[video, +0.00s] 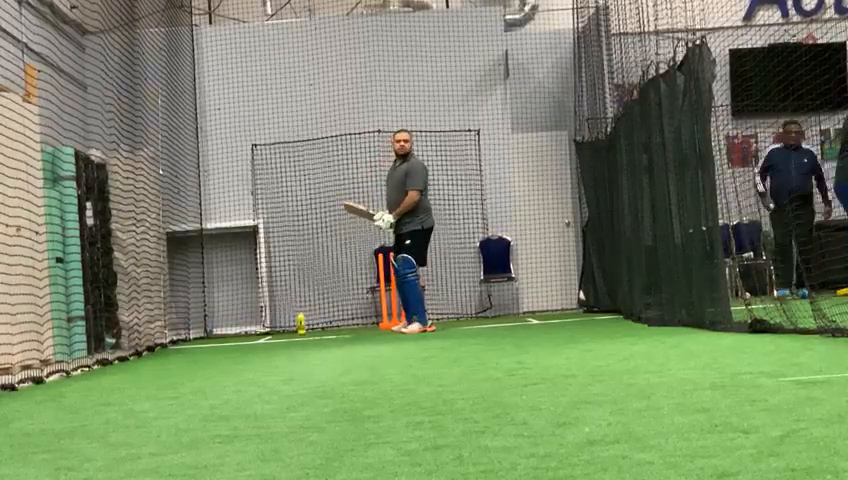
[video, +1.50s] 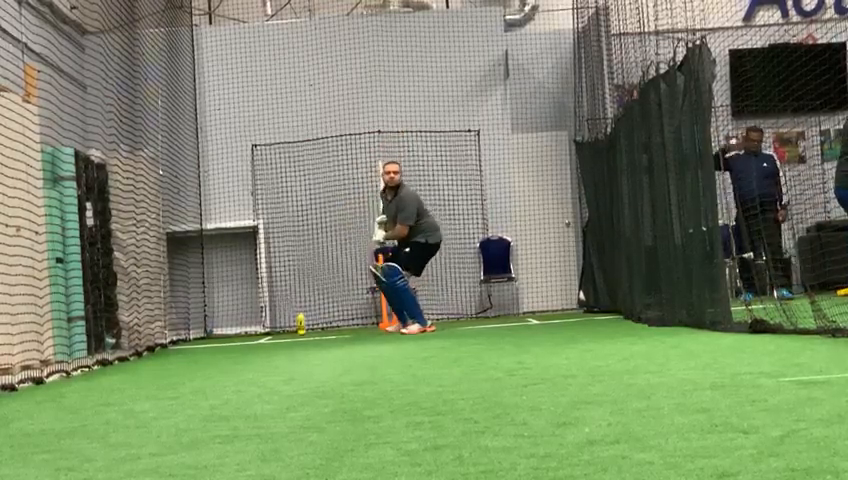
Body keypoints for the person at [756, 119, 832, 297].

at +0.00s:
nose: (794, 136)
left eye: (798, 133)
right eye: (790, 133)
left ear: (802, 135)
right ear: (783, 135)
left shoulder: (809, 155)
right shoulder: (774, 154)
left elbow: (820, 179)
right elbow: (761, 174)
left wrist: (826, 202)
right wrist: (763, 195)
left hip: (803, 205)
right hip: (780, 207)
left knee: (804, 244)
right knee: (782, 245)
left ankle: (803, 285)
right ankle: (783, 286)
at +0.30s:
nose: (782, 140)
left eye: (785, 136)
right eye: (779, 136)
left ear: (790, 138)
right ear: (772, 138)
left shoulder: (796, 159)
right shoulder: (762, 157)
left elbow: (806, 183)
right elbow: (750, 176)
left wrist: (812, 205)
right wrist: (752, 196)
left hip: (790, 210)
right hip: (766, 212)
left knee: (796, 249)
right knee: (759, 249)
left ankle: (802, 286)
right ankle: (760, 289)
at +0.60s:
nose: (760, 144)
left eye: (763, 140)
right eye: (756, 140)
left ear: (767, 142)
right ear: (748, 141)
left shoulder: (774, 161)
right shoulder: (738, 161)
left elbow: (780, 187)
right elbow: (729, 184)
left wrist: (783, 208)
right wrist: (733, 205)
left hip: (771, 209)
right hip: (748, 210)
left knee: (782, 247)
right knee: (751, 249)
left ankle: (796, 284)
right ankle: (752, 289)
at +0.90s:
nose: (746, 144)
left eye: (749, 141)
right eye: (743, 141)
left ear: (754, 142)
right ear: (736, 143)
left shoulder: (763, 159)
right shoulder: (728, 162)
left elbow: (773, 183)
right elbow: (719, 188)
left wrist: (778, 205)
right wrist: (727, 208)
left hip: (765, 211)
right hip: (741, 213)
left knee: (774, 248)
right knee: (744, 252)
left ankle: (781, 285)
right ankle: (748, 290)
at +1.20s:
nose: (749, 144)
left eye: (752, 140)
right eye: (745, 141)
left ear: (756, 141)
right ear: (738, 142)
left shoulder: (765, 159)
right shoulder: (728, 162)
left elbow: (775, 183)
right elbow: (719, 184)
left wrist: (777, 205)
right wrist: (725, 200)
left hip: (765, 210)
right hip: (741, 212)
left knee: (773, 247)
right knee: (744, 251)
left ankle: (780, 285)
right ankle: (749, 289)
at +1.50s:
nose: (756, 144)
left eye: (759, 141)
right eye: (753, 141)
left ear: (762, 142)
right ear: (744, 141)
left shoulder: (769, 159)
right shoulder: (735, 160)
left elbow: (778, 185)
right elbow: (713, 164)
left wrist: (782, 206)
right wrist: (726, 149)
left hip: (769, 210)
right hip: (745, 211)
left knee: (774, 248)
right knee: (746, 250)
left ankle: (780, 285)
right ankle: (749, 289)